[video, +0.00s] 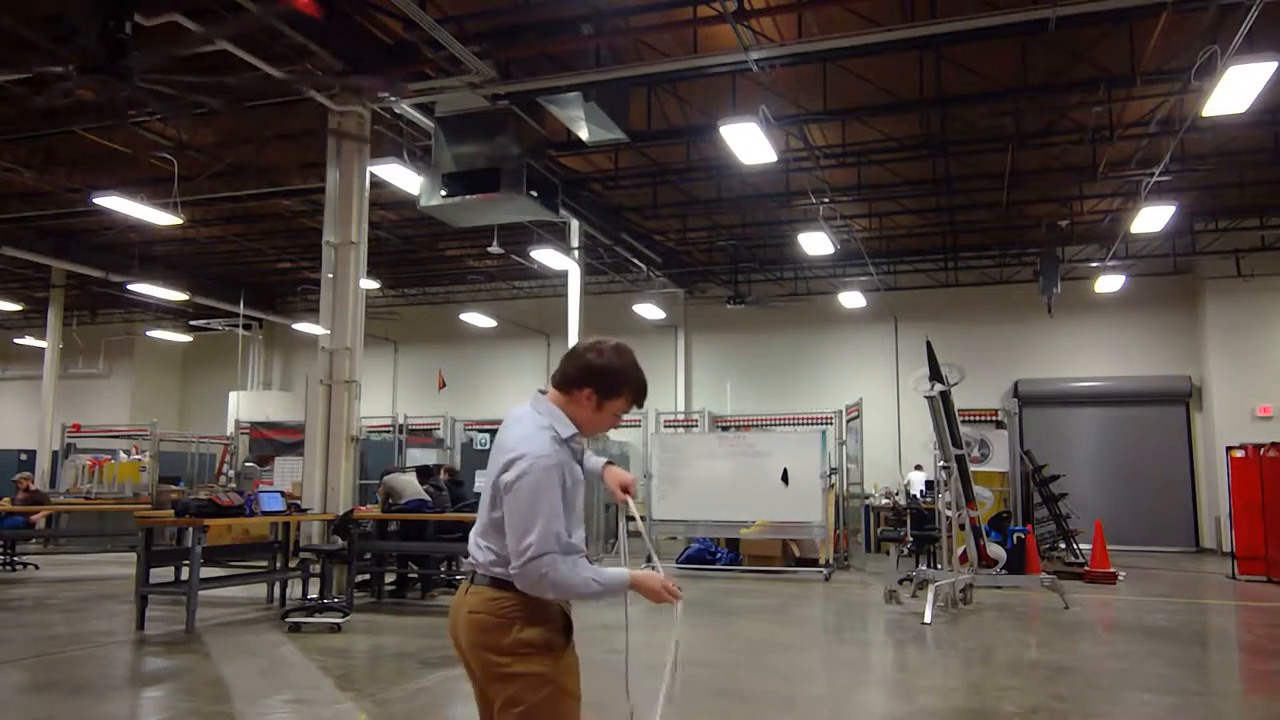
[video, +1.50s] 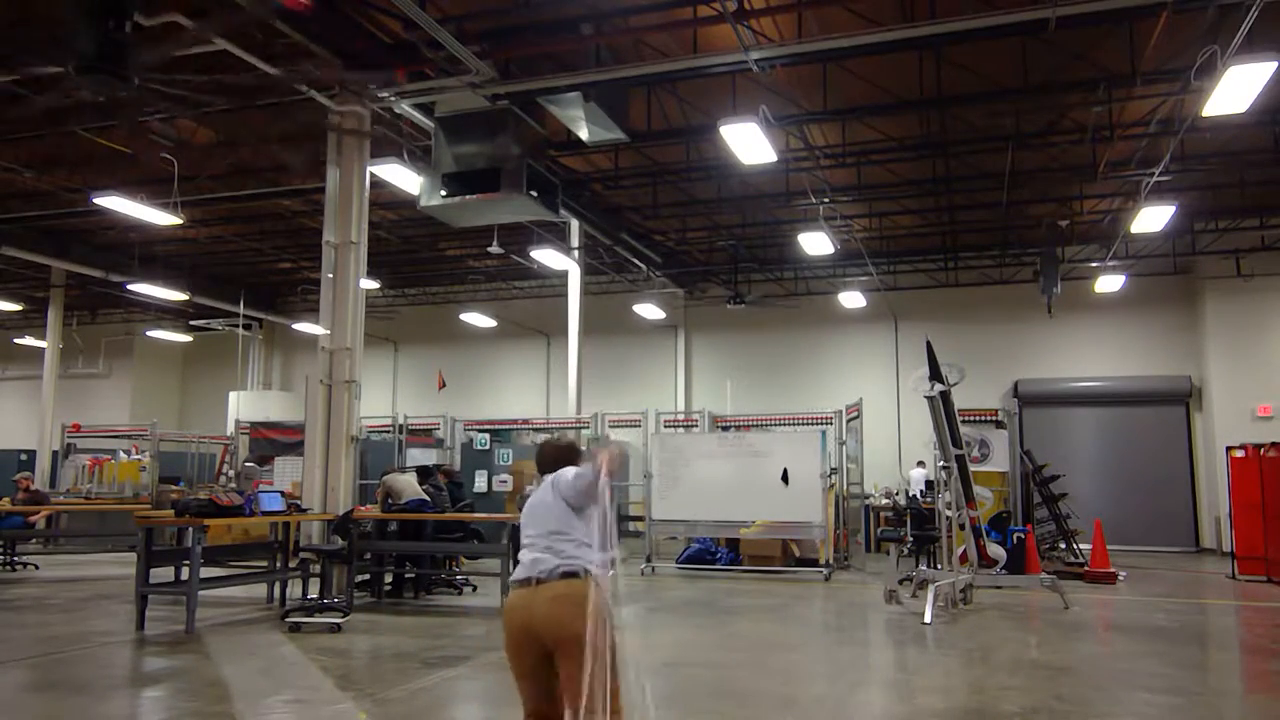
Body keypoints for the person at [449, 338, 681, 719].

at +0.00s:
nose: (616, 425)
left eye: (621, 416)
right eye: (617, 414)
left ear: (583, 396)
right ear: (587, 398)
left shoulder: (527, 420)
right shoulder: (540, 454)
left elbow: (570, 451)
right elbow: (537, 568)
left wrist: (605, 469)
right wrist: (630, 580)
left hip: (482, 600)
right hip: (516, 615)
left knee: (503, 712)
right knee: (543, 712)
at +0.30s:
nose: (595, 415)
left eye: (600, 406)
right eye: (593, 402)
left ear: (561, 386)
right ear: (561, 385)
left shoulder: (540, 435)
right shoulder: (521, 441)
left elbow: (554, 493)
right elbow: (501, 542)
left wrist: (600, 507)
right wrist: (579, 563)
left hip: (527, 606)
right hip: (509, 611)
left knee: (548, 710)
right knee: (531, 713)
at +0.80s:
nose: (615, 408)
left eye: (618, 398)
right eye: (613, 396)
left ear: (583, 390)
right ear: (583, 388)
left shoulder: (543, 436)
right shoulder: (545, 441)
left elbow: (546, 509)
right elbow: (523, 520)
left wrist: (585, 536)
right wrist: (555, 580)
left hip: (488, 588)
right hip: (515, 594)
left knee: (499, 713)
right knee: (552, 713)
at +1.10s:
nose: (635, 420)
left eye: (635, 412)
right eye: (635, 412)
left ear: (587, 408)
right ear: (629, 415)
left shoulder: (559, 446)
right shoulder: (591, 452)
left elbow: (535, 514)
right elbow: (576, 516)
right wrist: (576, 573)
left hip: (490, 585)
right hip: (530, 590)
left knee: (522, 710)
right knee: (556, 710)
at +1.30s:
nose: (608, 452)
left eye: (606, 445)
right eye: (608, 446)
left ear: (563, 449)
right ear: (602, 451)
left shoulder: (547, 486)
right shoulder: (590, 477)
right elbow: (588, 509)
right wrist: (589, 543)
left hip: (505, 614)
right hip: (553, 612)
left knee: (531, 710)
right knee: (577, 712)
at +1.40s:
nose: (589, 458)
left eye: (588, 454)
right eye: (588, 454)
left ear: (546, 460)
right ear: (583, 457)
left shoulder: (535, 495)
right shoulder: (579, 476)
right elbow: (585, 492)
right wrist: (593, 508)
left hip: (512, 606)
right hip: (563, 602)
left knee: (532, 708)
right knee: (578, 711)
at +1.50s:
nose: (581, 465)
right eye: (579, 461)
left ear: (540, 469)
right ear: (574, 463)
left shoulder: (531, 501)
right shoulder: (567, 481)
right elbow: (583, 479)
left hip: (519, 597)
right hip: (569, 594)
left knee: (538, 710)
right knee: (587, 707)